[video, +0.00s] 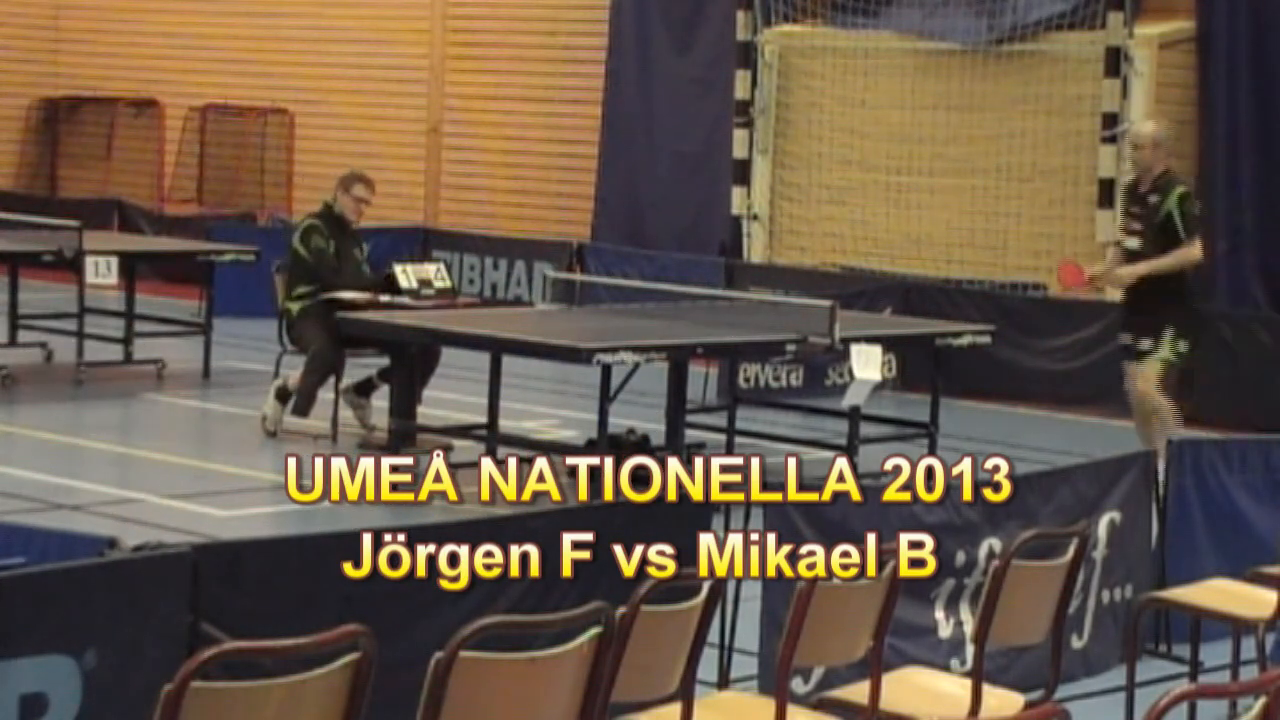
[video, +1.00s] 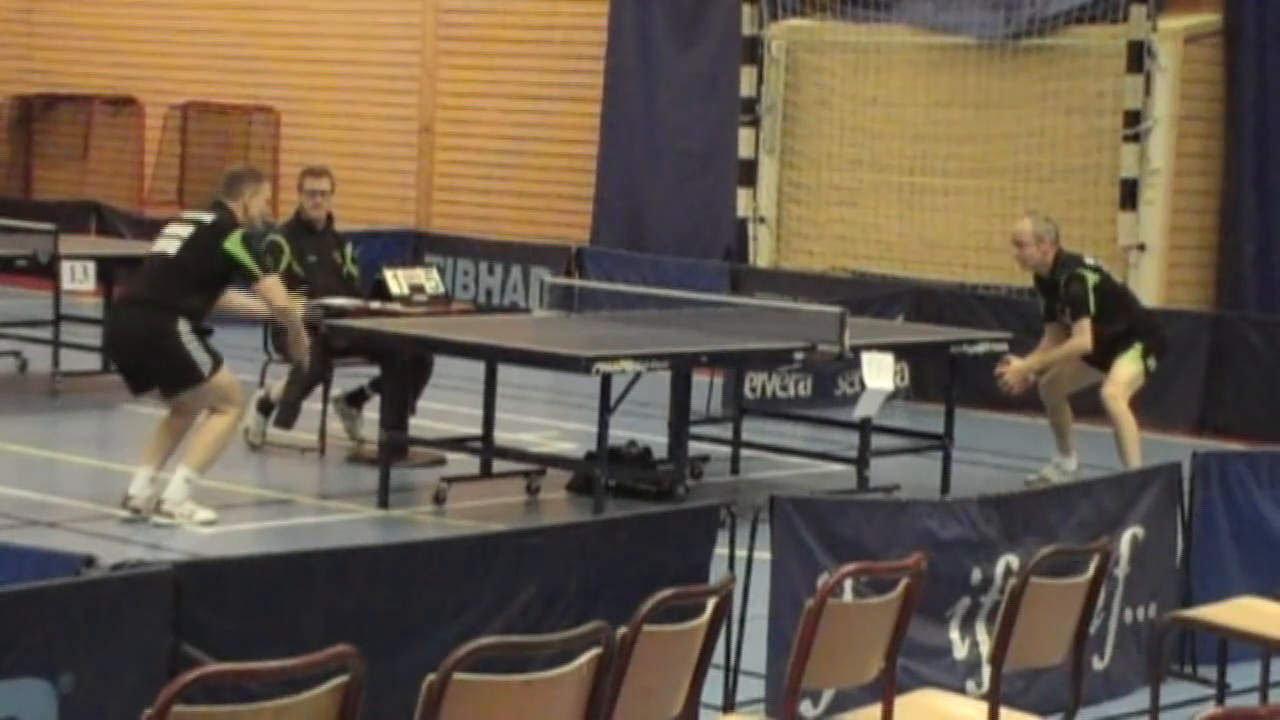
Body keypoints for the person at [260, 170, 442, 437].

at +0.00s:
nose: (362, 210)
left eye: (366, 204)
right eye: (357, 201)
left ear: (368, 205)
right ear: (339, 194)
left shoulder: (354, 238)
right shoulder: (312, 228)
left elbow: (363, 282)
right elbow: (334, 277)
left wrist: (398, 280)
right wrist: (377, 283)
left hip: (350, 313)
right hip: (310, 312)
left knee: (425, 350)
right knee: (328, 354)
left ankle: (361, 391)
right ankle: (283, 392)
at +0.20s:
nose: (363, 211)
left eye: (369, 205)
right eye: (359, 202)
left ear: (371, 207)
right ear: (341, 196)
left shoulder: (357, 239)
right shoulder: (313, 229)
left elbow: (360, 283)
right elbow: (335, 277)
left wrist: (396, 283)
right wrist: (379, 285)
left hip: (349, 315)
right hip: (310, 314)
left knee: (424, 349)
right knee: (328, 356)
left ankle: (361, 393)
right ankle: (283, 394)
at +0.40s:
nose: (363, 208)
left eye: (367, 202)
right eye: (358, 199)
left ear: (370, 204)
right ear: (340, 195)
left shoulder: (355, 238)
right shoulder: (313, 229)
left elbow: (365, 281)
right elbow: (334, 276)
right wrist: (371, 286)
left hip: (350, 318)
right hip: (310, 316)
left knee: (419, 350)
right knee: (328, 349)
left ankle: (362, 391)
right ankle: (299, 395)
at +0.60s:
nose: (309, 199)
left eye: (316, 192)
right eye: (303, 191)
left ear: (325, 196)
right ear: (291, 193)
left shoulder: (331, 240)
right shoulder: (270, 239)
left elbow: (346, 290)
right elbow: (263, 300)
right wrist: (312, 316)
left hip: (335, 325)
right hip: (293, 325)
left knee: (409, 359)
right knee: (303, 367)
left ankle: (346, 403)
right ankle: (255, 409)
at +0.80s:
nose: (315, 201)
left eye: (322, 195)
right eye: (308, 194)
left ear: (330, 199)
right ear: (296, 197)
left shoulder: (337, 242)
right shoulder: (275, 240)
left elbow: (352, 291)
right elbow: (271, 296)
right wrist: (310, 322)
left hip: (341, 327)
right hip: (299, 327)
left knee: (413, 360)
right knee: (311, 368)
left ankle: (352, 403)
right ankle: (262, 407)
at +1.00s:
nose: (317, 200)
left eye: (323, 194)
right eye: (310, 194)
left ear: (332, 198)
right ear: (299, 196)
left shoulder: (338, 241)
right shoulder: (280, 239)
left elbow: (354, 287)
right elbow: (272, 290)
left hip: (342, 325)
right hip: (300, 325)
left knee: (415, 358)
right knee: (315, 365)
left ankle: (353, 401)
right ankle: (266, 405)